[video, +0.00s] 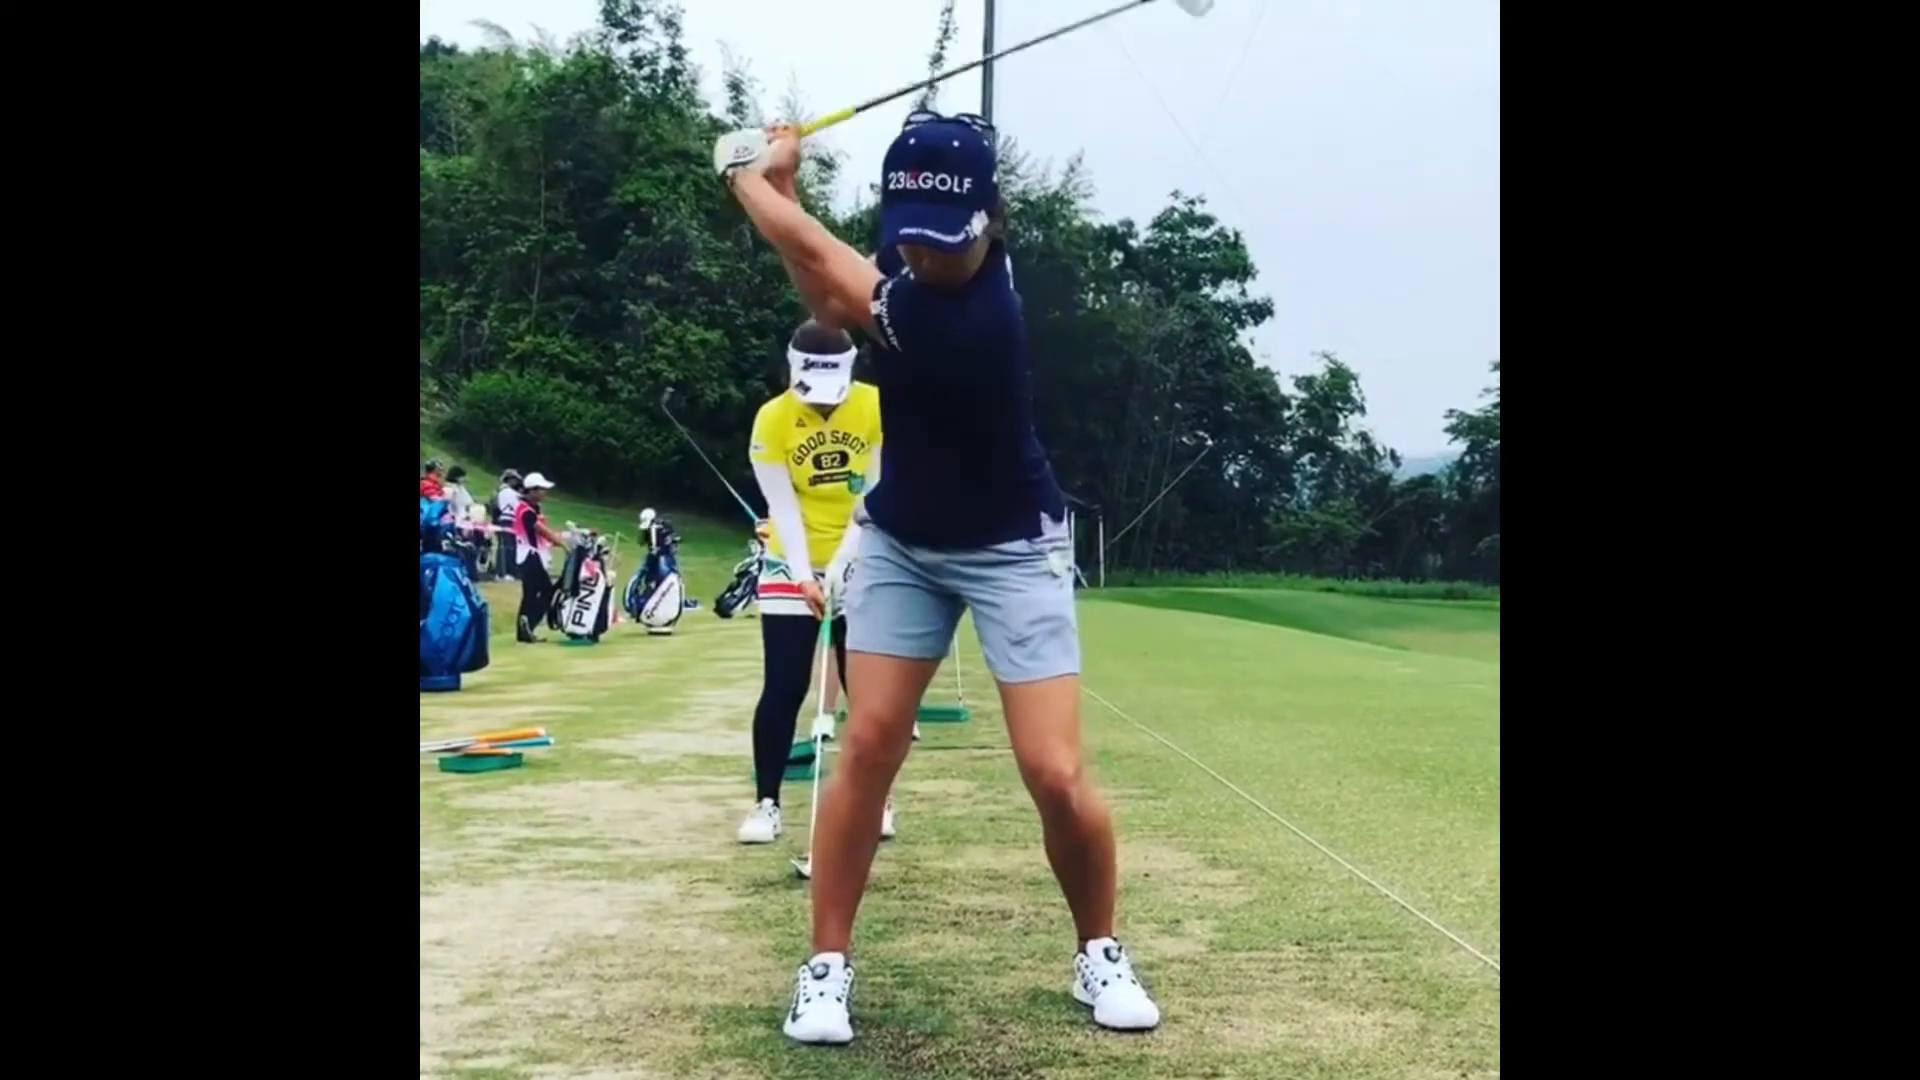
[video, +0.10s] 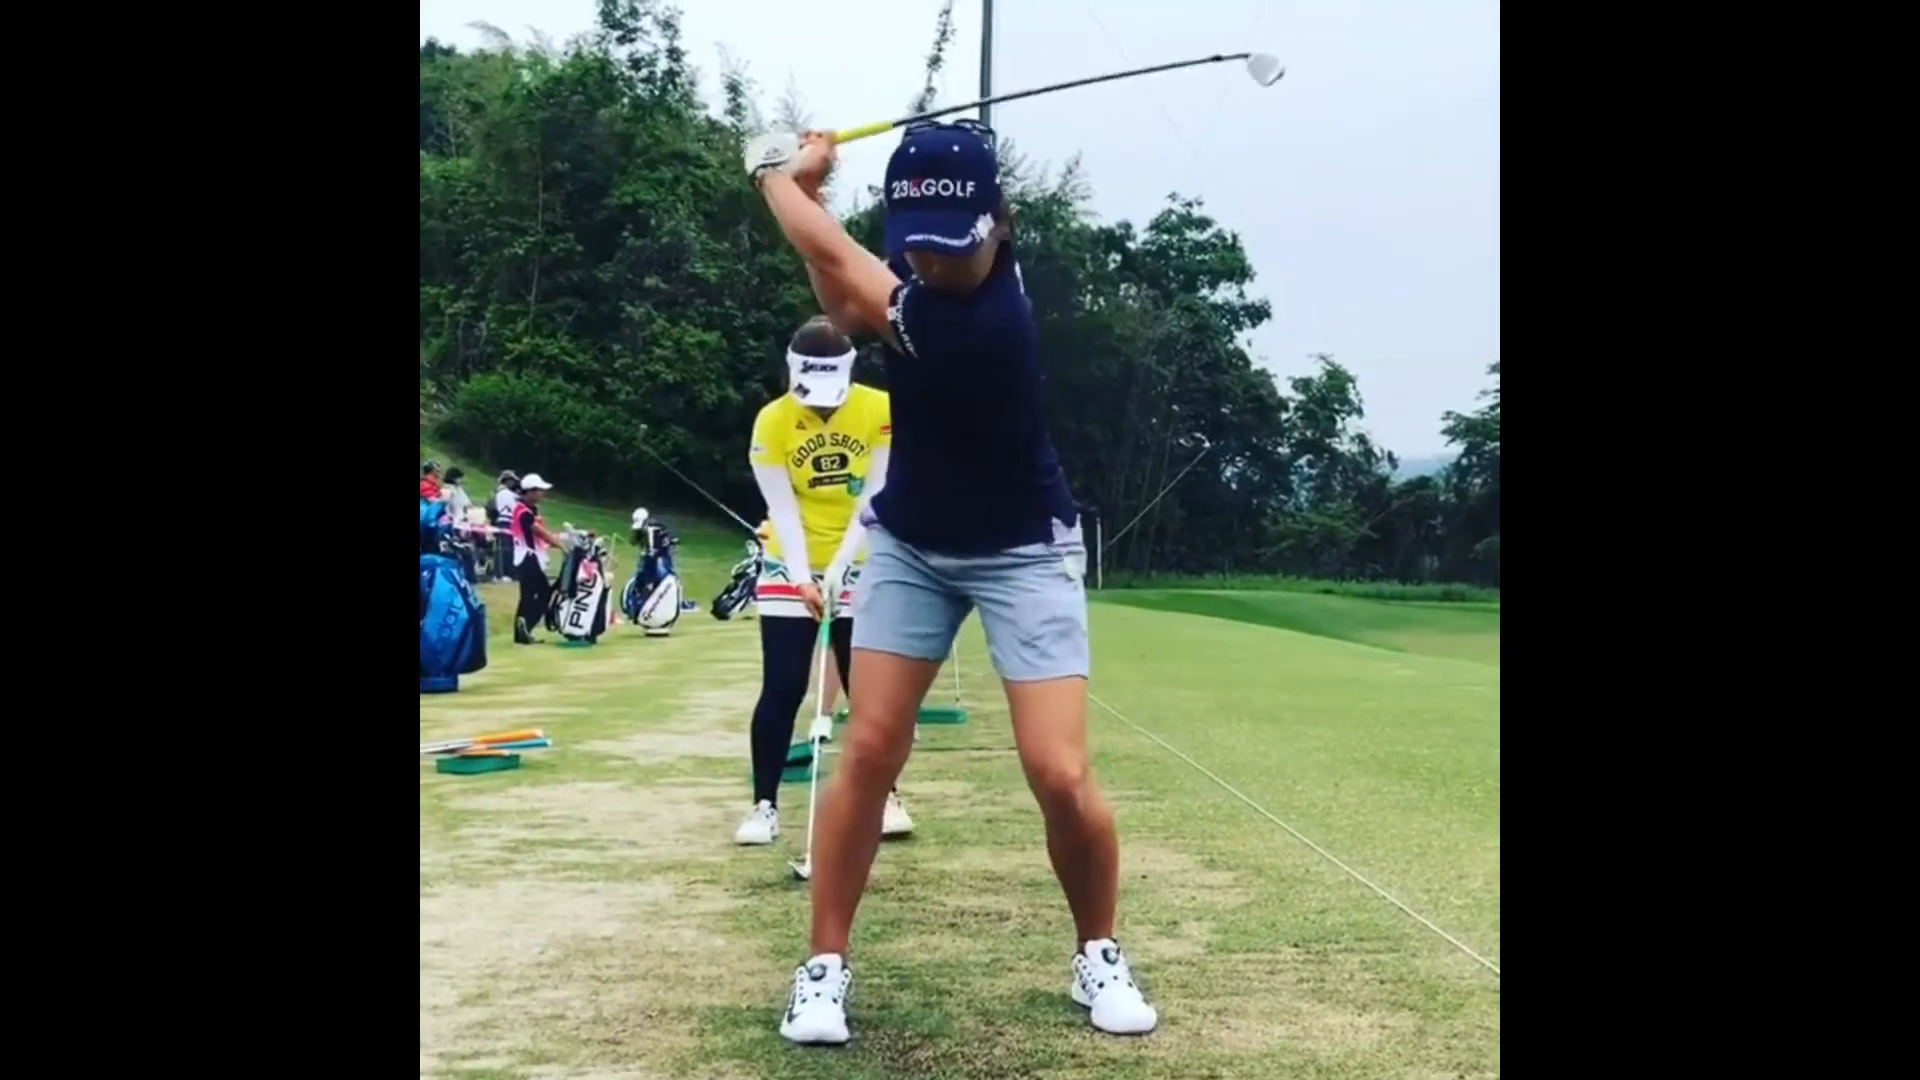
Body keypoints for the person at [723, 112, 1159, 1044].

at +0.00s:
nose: (930, 253)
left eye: (952, 233)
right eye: (914, 233)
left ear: (991, 213)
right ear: (891, 212)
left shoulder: (972, 309)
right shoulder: (902, 270)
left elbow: (809, 254)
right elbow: (832, 295)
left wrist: (747, 175)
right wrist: (782, 188)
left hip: (1017, 550)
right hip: (900, 541)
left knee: (1057, 775)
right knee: (870, 737)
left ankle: (1100, 951)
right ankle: (826, 962)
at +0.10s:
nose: (939, 260)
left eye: (958, 239)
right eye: (921, 242)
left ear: (999, 217)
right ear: (896, 224)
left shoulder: (991, 312)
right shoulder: (911, 286)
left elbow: (826, 251)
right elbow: (848, 306)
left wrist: (773, 175)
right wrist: (811, 192)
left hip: (1025, 555)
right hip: (908, 548)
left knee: (1062, 775)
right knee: (870, 743)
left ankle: (1099, 953)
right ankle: (825, 963)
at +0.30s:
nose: (984, 276)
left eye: (987, 254)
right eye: (961, 270)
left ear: (994, 217)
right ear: (915, 261)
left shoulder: (1056, 256)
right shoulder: (895, 327)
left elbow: (1063, 416)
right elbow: (932, 475)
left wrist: (1042, 550)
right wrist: (989, 567)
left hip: (1083, 524)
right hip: (973, 541)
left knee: (1117, 722)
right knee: (951, 748)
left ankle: (1108, 953)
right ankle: (829, 958)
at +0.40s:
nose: (997, 280)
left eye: (998, 254)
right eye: (973, 273)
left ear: (996, 217)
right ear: (928, 265)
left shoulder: (1014, 214)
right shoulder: (949, 356)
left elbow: (1105, 322)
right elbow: (1104, 423)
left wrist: (1197, 421)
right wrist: (1225, 445)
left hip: (1092, 513)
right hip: (1012, 535)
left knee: (1098, 728)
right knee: (968, 753)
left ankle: (1093, 952)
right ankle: (819, 942)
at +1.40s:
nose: (1132, 150)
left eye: (1126, 136)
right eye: (1120, 141)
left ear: (1033, 163)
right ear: (1087, 160)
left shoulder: (977, 253)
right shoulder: (1141, 236)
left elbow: (880, 199)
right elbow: (1062, 186)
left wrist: (919, 106)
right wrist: (990, 116)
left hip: (993, 523)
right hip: (1079, 526)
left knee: (1061, 755)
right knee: (1003, 771)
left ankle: (1063, 968)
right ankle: (868, 937)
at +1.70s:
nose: (940, 250)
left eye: (958, 231)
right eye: (923, 232)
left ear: (988, 206)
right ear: (892, 207)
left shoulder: (1021, 307)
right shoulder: (849, 283)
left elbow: (926, 471)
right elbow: (834, 437)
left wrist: (844, 593)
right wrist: (800, 571)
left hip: (1015, 537)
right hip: (893, 540)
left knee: (1068, 746)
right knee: (862, 738)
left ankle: (1102, 944)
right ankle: (826, 956)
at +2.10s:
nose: (930, 253)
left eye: (952, 233)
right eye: (913, 233)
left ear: (991, 215)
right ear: (891, 212)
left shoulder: (974, 309)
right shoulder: (902, 271)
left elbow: (809, 254)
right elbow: (833, 297)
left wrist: (747, 175)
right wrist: (782, 186)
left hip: (1017, 550)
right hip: (900, 542)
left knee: (1058, 775)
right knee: (870, 737)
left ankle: (1100, 951)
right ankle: (827, 961)